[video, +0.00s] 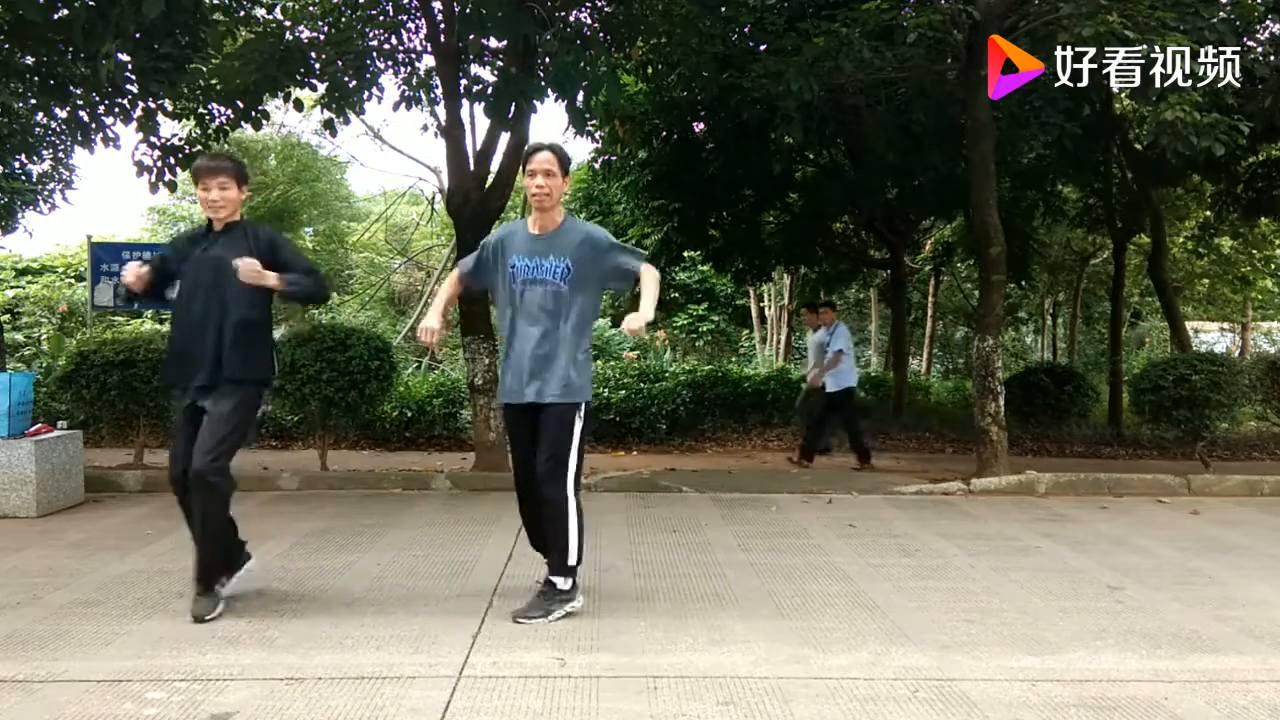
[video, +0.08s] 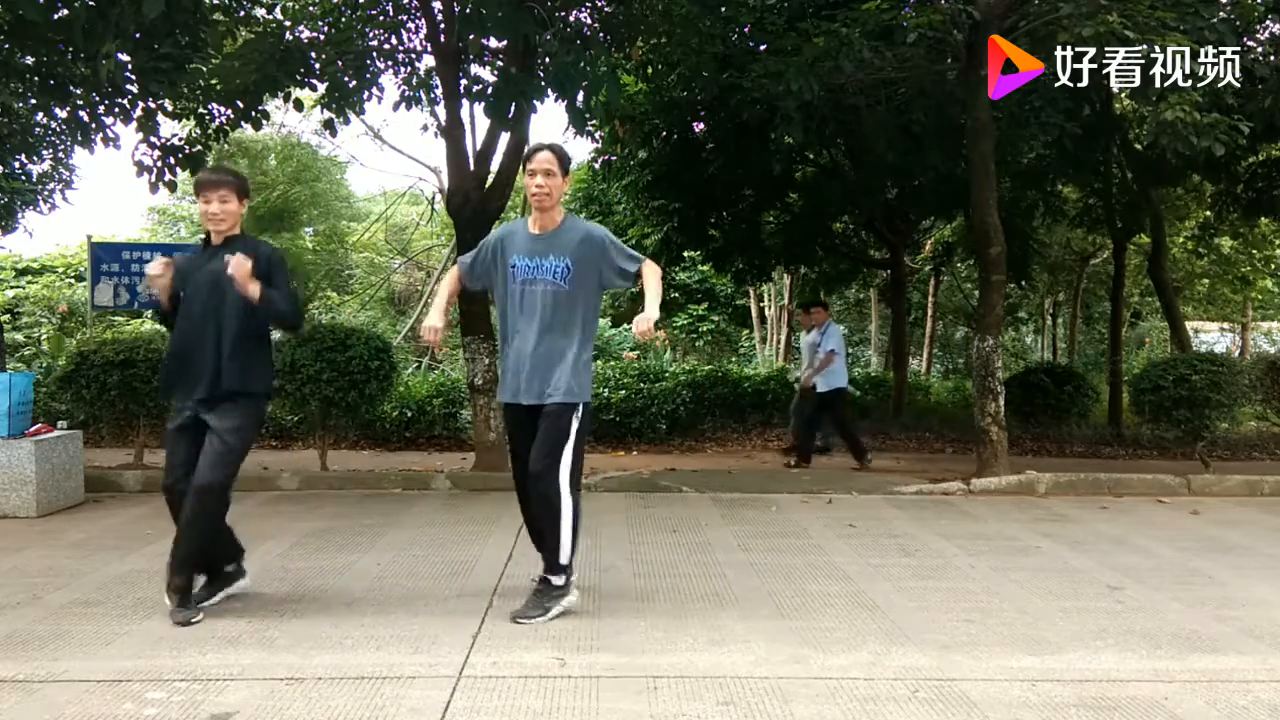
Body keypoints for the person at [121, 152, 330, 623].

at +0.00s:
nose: (214, 196)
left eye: (223, 188)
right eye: (206, 188)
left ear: (242, 193)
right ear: (197, 195)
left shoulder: (264, 242)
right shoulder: (186, 245)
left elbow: (316, 286)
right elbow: (153, 291)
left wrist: (272, 279)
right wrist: (140, 283)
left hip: (241, 379)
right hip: (191, 377)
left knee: (204, 469)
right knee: (181, 474)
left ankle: (207, 584)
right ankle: (231, 554)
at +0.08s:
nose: (215, 209)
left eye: (224, 200)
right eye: (206, 201)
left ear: (242, 205)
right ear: (198, 208)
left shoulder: (264, 256)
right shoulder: (187, 262)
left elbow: (292, 317)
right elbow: (178, 324)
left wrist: (252, 287)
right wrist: (164, 295)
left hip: (239, 393)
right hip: (189, 391)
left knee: (207, 484)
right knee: (176, 485)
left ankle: (179, 585)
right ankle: (225, 564)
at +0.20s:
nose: (221, 206)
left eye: (229, 197)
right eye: (213, 199)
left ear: (247, 200)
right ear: (204, 204)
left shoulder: (270, 252)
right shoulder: (197, 255)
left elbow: (287, 315)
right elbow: (168, 316)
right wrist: (175, 278)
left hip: (245, 375)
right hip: (202, 376)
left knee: (203, 439)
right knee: (208, 470)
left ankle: (200, 554)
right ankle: (232, 570)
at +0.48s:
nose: (254, 214)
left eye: (264, 206)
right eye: (246, 205)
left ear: (277, 208)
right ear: (232, 205)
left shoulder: (297, 261)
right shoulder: (211, 257)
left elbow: (330, 317)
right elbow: (178, 307)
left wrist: (352, 369)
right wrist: (181, 322)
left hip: (284, 365)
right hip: (228, 369)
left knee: (226, 349)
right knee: (231, 462)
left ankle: (249, 458)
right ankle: (255, 562)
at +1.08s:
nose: (331, 206)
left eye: (340, 198)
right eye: (323, 198)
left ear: (353, 205)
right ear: (310, 203)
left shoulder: (371, 253)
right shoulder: (291, 258)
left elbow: (401, 299)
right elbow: (285, 326)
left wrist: (372, 292)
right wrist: (299, 389)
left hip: (350, 372)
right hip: (305, 369)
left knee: (333, 467)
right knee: (278, 343)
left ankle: (338, 565)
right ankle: (292, 437)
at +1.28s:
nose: (355, 190)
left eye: (363, 182)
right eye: (346, 182)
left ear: (377, 187)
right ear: (335, 188)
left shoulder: (401, 238)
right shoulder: (317, 242)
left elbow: (401, 289)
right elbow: (312, 302)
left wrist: (389, 336)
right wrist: (320, 345)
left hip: (382, 351)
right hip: (335, 351)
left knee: (371, 444)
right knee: (339, 422)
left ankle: (354, 542)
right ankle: (361, 532)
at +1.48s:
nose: (376, 215)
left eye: (384, 207)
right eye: (367, 207)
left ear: (399, 216)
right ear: (355, 216)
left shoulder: (424, 272)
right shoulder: (339, 279)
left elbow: (439, 341)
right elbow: (331, 349)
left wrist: (439, 402)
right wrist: (335, 411)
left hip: (413, 396)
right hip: (364, 398)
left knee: (400, 485)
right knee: (392, 483)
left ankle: (377, 546)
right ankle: (403, 595)